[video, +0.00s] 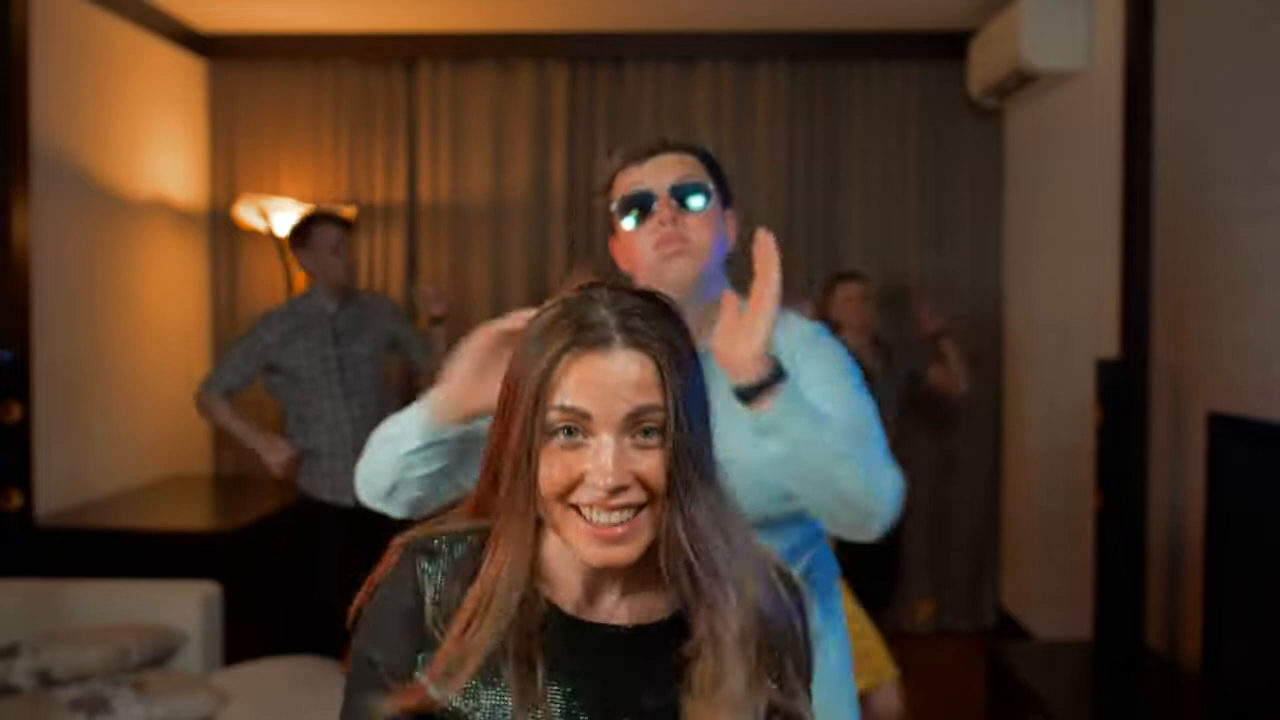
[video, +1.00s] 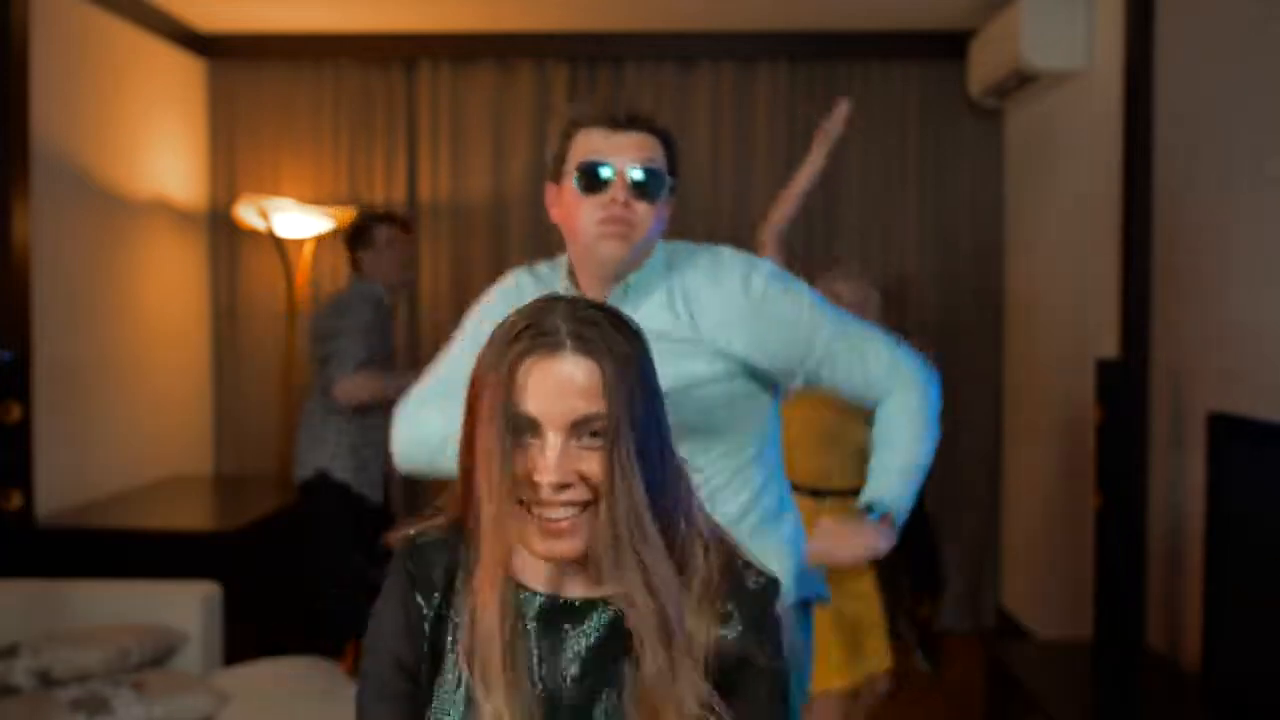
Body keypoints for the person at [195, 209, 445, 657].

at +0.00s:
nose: (345, 258)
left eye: (346, 247)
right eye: (332, 249)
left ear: (353, 252)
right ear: (303, 260)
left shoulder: (380, 313)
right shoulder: (282, 327)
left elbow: (431, 377)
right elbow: (209, 395)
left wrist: (437, 328)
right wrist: (262, 441)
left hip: (387, 495)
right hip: (319, 500)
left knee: (388, 621)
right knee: (324, 625)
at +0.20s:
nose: (340, 270)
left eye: (339, 258)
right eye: (325, 263)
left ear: (345, 260)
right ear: (297, 276)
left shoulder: (377, 320)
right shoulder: (282, 341)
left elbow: (402, 405)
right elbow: (250, 432)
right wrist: (311, 459)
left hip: (379, 488)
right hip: (315, 495)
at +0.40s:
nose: (340, 271)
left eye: (339, 260)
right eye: (326, 265)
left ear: (345, 260)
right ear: (299, 277)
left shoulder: (379, 323)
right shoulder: (286, 346)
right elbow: (288, 445)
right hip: (319, 496)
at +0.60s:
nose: (356, 251)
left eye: (355, 240)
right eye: (340, 246)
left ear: (360, 239)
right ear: (316, 258)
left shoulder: (372, 302)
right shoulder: (307, 317)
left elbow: (386, 388)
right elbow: (327, 411)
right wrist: (400, 354)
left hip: (379, 479)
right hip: (330, 487)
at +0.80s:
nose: (377, 248)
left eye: (378, 238)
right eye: (364, 242)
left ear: (382, 242)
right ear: (338, 251)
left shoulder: (366, 300)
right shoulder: (340, 300)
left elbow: (356, 382)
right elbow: (352, 387)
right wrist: (417, 341)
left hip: (362, 471)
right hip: (338, 473)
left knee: (365, 589)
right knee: (348, 591)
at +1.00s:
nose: (407, 256)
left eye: (406, 246)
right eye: (395, 246)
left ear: (390, 254)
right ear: (367, 254)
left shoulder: (373, 306)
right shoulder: (358, 304)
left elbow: (355, 384)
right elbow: (348, 386)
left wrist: (416, 380)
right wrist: (417, 381)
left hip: (357, 474)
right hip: (339, 474)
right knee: (349, 590)